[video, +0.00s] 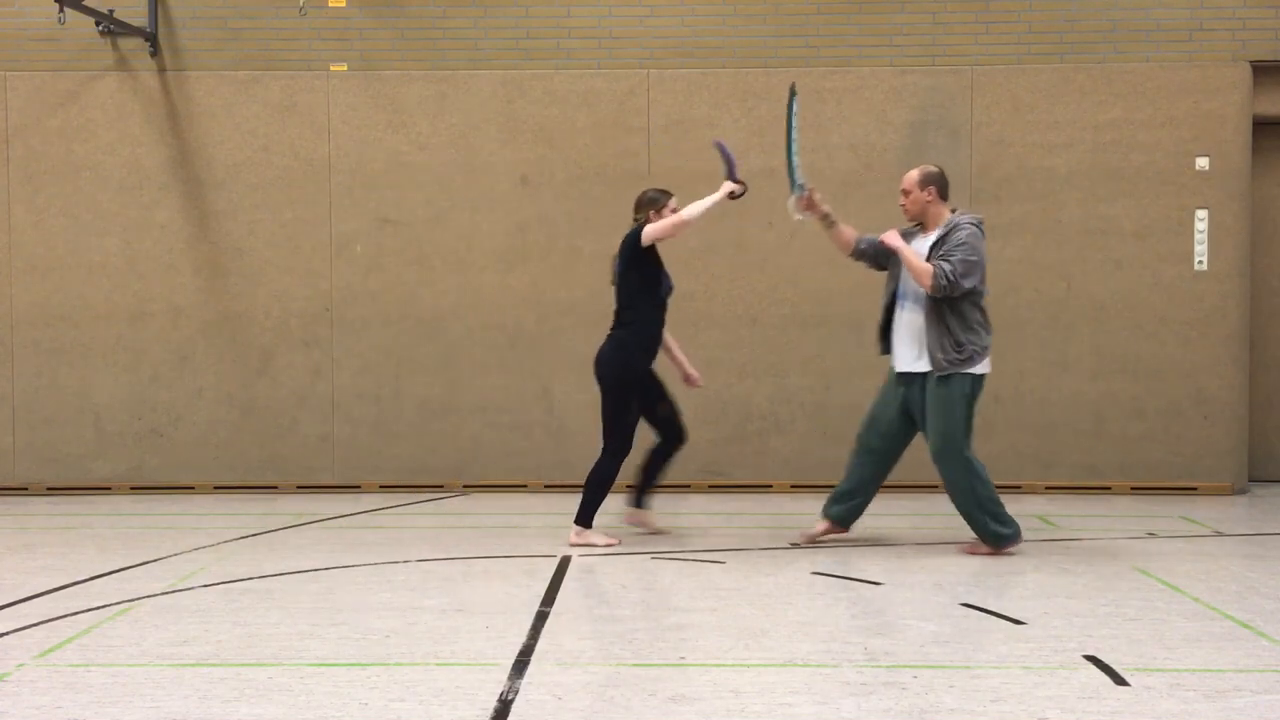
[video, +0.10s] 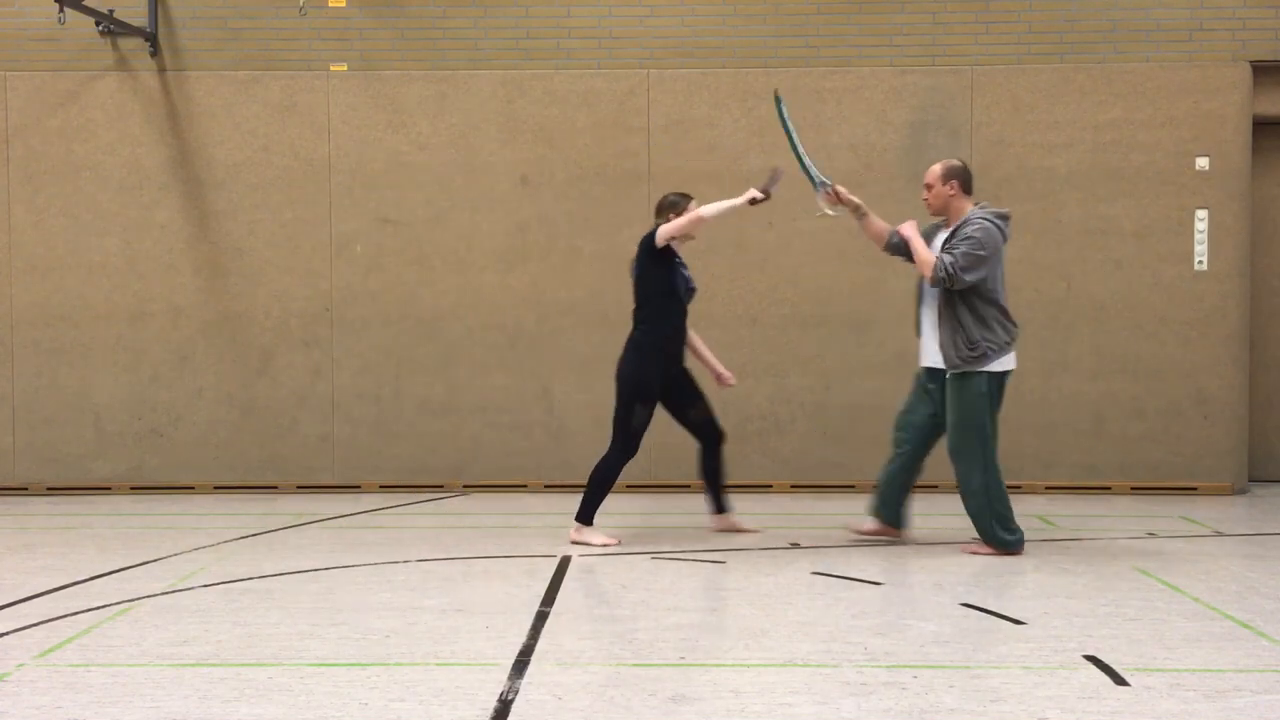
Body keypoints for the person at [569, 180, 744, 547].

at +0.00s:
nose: (677, 217)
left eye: (676, 211)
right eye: (671, 211)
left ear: (653, 215)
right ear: (652, 214)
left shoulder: (647, 254)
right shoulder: (636, 241)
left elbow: (652, 322)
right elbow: (682, 219)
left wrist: (683, 365)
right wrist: (721, 193)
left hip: (634, 364)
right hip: (620, 363)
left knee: (673, 434)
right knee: (616, 449)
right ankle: (581, 529)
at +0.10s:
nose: (698, 223)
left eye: (698, 217)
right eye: (693, 217)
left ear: (675, 221)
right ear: (673, 218)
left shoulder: (674, 263)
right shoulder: (650, 248)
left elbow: (680, 325)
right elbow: (698, 216)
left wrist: (715, 367)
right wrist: (742, 200)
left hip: (668, 366)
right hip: (641, 364)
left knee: (711, 435)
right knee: (623, 447)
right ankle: (581, 526)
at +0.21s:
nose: (721, 229)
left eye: (720, 225)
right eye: (716, 225)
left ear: (702, 229)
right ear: (699, 228)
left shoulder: (704, 278)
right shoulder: (673, 259)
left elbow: (708, 336)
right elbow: (721, 231)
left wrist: (743, 371)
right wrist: (768, 221)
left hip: (701, 375)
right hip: (667, 373)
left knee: (751, 439)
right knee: (636, 451)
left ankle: (768, 515)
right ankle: (587, 524)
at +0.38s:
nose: (766, 242)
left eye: (765, 236)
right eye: (760, 237)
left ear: (744, 243)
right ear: (740, 242)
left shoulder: (744, 287)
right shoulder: (722, 269)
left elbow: (741, 342)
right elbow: (782, 264)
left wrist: (765, 380)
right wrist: (823, 273)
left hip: (735, 384)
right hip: (704, 381)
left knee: (792, 439)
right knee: (664, 453)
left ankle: (779, 515)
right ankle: (608, 522)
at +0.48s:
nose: (786, 246)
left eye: (785, 239)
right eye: (780, 240)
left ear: (764, 247)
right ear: (761, 246)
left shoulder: (757, 287)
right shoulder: (746, 271)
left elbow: (747, 345)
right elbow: (805, 281)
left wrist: (770, 384)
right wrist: (847, 302)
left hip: (742, 384)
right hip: (714, 377)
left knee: (798, 440)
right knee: (676, 448)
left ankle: (778, 515)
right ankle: (616, 521)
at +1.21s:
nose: (732, 231)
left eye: (730, 226)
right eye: (725, 227)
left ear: (710, 235)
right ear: (706, 235)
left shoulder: (716, 271)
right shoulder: (702, 266)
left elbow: (724, 333)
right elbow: (759, 277)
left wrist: (750, 374)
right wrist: (797, 277)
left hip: (726, 378)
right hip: (700, 378)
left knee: (780, 435)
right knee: (684, 461)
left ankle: (777, 515)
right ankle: (623, 522)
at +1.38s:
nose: (689, 229)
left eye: (686, 224)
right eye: (681, 226)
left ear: (669, 237)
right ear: (663, 238)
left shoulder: (679, 269)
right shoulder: (665, 271)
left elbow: (701, 326)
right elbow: (717, 290)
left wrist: (734, 359)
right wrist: (757, 282)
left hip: (717, 375)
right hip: (691, 377)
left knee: (766, 435)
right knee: (682, 461)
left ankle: (776, 515)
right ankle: (623, 522)